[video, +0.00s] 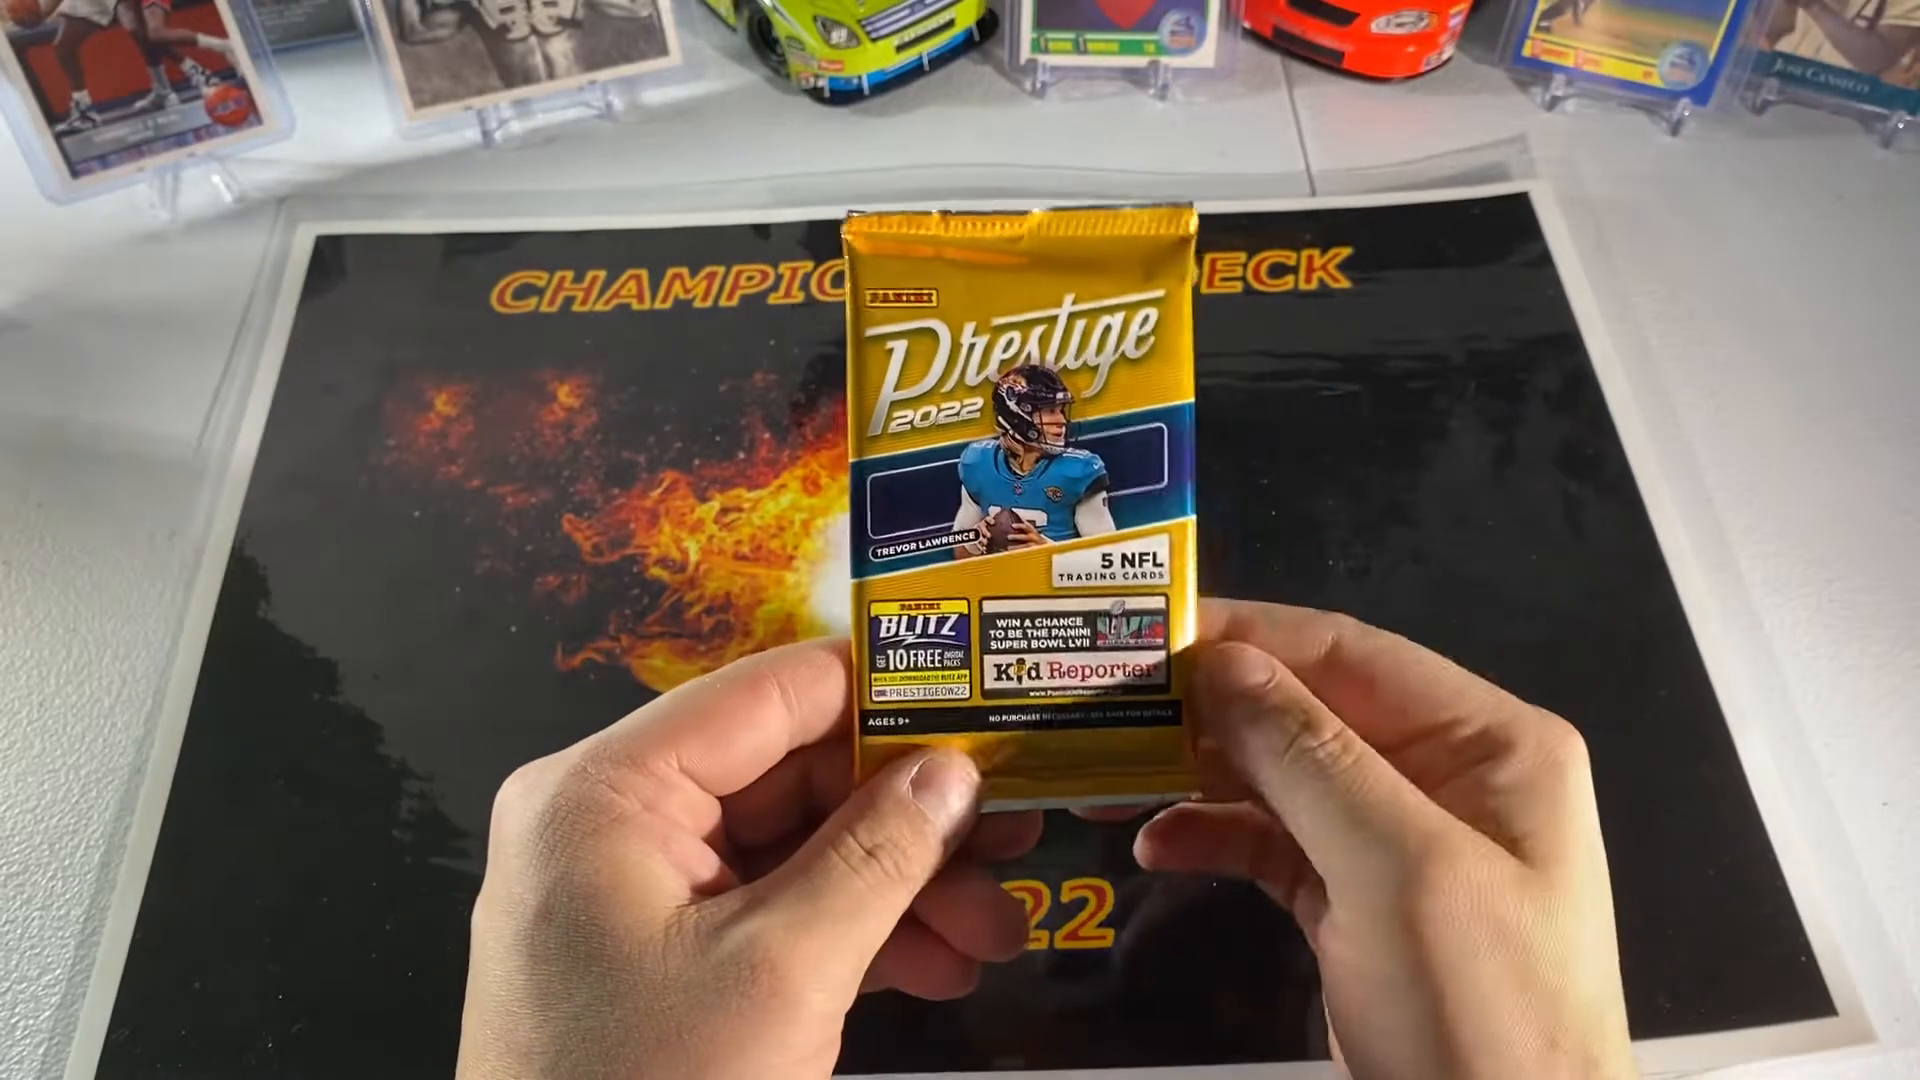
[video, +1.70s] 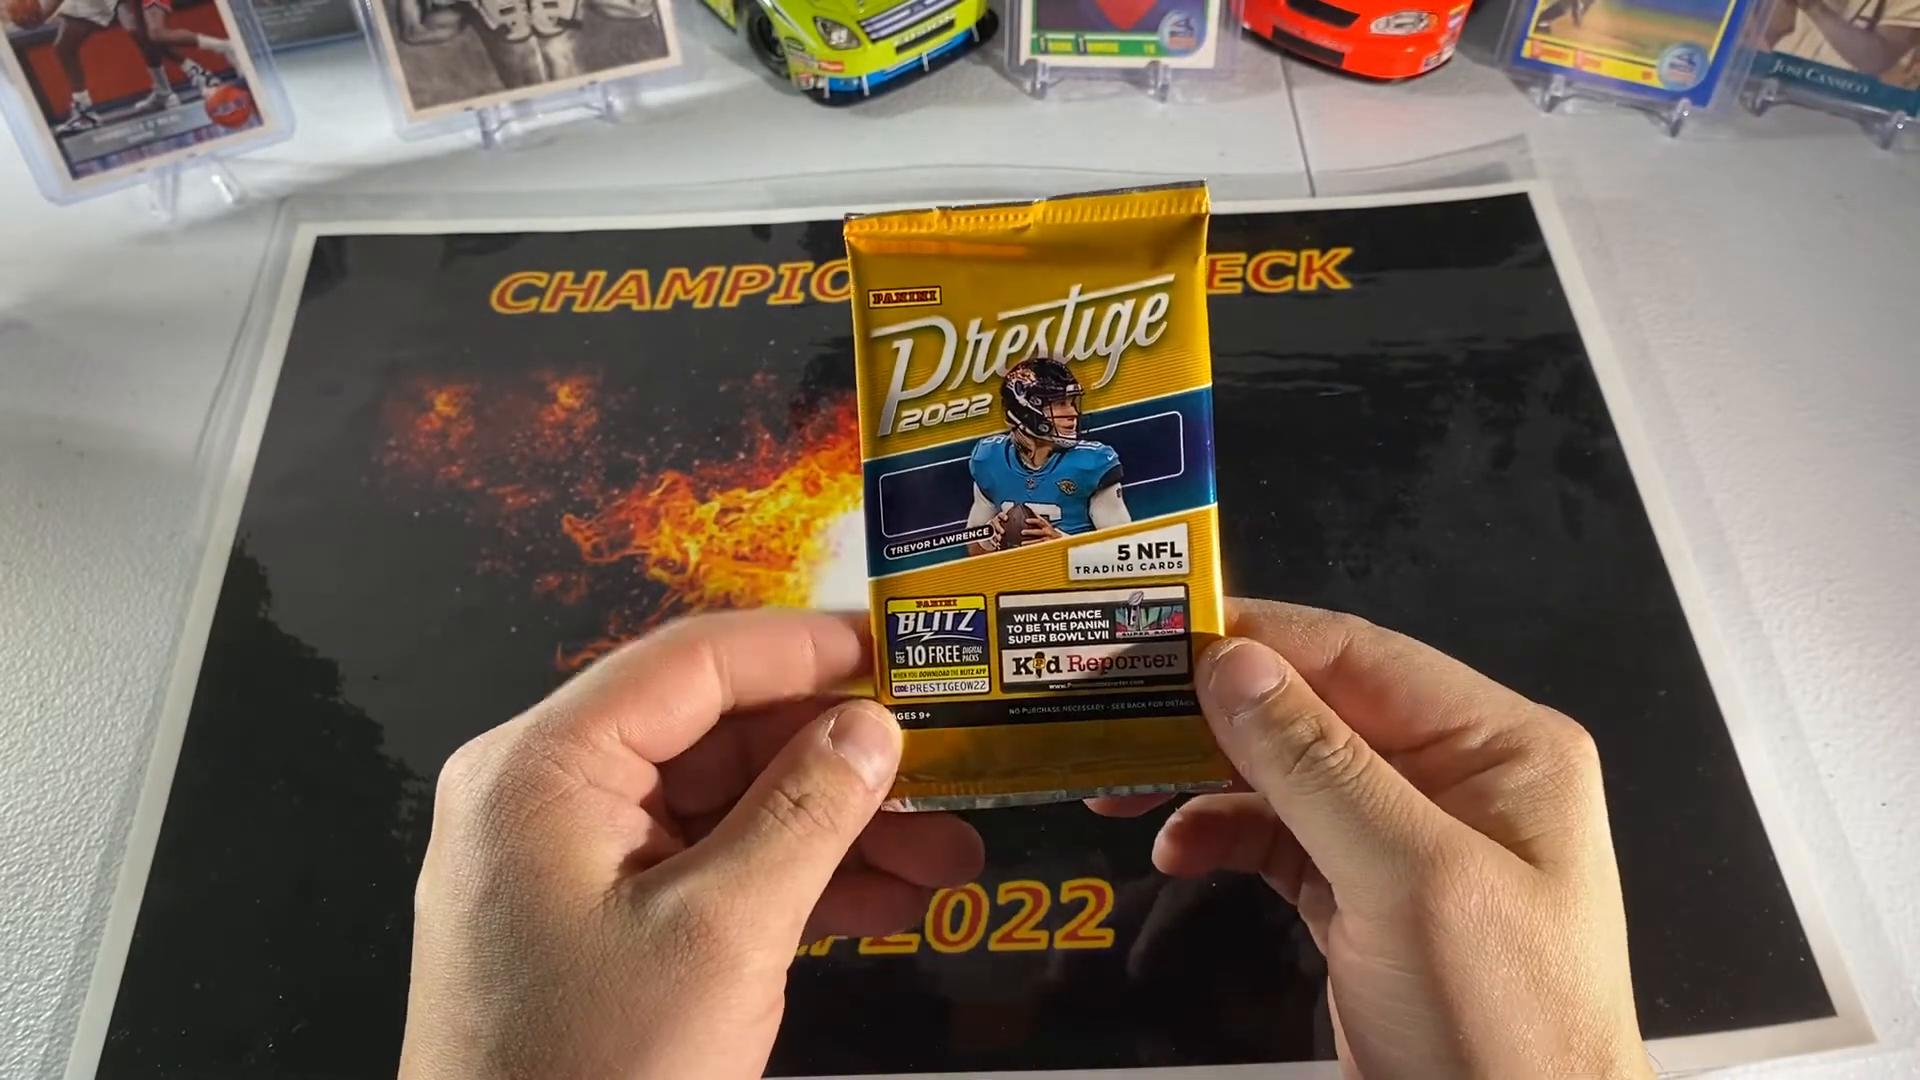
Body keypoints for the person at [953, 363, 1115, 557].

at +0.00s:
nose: (1060, 420)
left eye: (1061, 410)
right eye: (1048, 411)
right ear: (1016, 416)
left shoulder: (1080, 470)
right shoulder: (976, 462)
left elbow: (1107, 554)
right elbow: (960, 551)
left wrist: (1050, 547)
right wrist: (978, 541)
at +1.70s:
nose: (1073, 413)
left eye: (1072, 403)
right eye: (1060, 405)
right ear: (1027, 412)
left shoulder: (1094, 463)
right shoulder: (987, 458)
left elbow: (1124, 546)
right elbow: (974, 549)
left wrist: (1065, 542)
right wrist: (992, 537)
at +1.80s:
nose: (1087, 402)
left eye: (1087, 390)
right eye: (1074, 392)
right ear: (1039, 398)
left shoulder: (1109, 451)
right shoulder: (1001, 445)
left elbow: (1134, 533)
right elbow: (987, 526)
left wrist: (1076, 528)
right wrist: (1005, 522)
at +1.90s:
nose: (1080, 396)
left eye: (1081, 384)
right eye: (1066, 386)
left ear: (1087, 384)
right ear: (1031, 395)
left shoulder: (1100, 446)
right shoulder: (999, 434)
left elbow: (1125, 528)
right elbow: (985, 512)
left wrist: (1069, 522)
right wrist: (1003, 514)